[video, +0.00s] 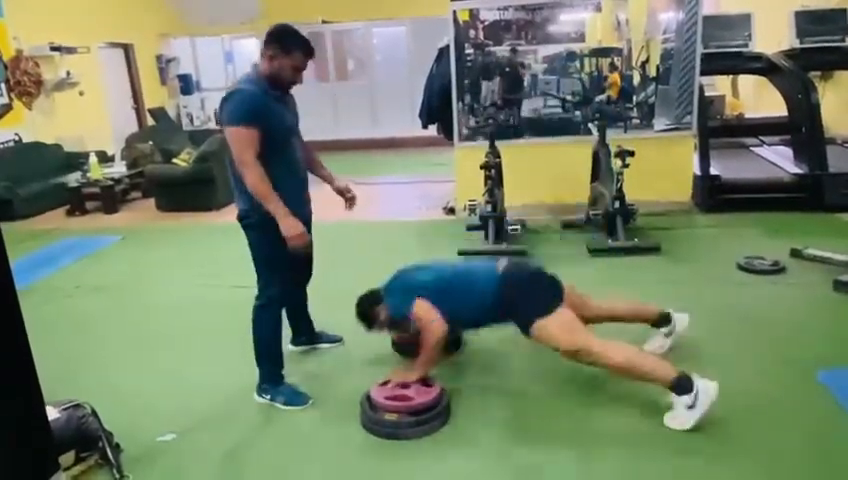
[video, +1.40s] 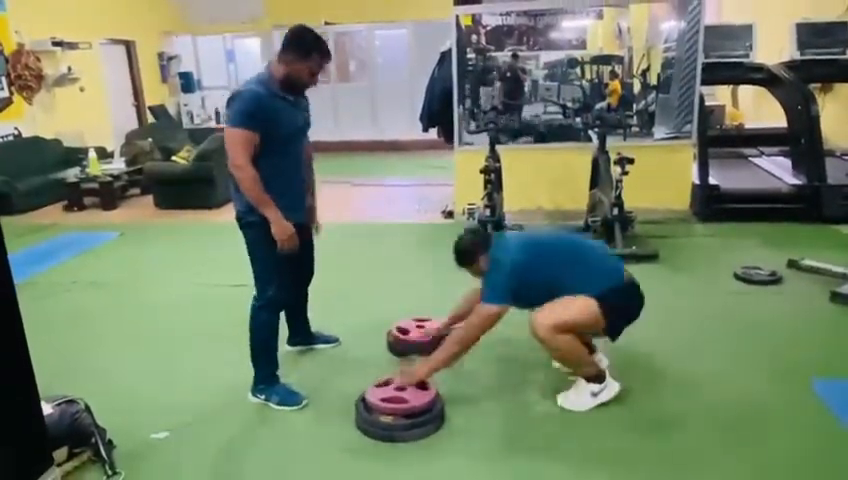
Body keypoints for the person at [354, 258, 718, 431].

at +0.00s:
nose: (391, 329)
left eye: (385, 326)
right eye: (384, 327)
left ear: (382, 312)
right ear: (380, 297)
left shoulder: (400, 297)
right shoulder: (406, 279)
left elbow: (437, 327)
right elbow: (448, 327)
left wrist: (417, 371)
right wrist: (429, 345)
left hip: (518, 295)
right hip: (520, 273)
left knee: (587, 349)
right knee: (588, 309)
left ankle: (687, 387)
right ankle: (666, 318)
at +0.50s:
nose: (356, 286)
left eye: (352, 282)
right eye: (353, 282)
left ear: (354, 274)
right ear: (362, 257)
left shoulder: (380, 272)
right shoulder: (391, 253)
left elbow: (414, 317)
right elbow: (426, 300)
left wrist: (416, 369)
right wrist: (416, 340)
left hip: (492, 321)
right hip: (497, 296)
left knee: (566, 362)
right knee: (568, 322)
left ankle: (666, 384)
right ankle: (646, 316)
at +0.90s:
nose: (392, 282)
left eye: (386, 279)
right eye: (387, 278)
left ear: (384, 265)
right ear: (387, 249)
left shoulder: (408, 257)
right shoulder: (415, 241)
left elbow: (416, 322)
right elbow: (423, 300)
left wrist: (414, 369)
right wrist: (412, 336)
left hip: (522, 284)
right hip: (524, 269)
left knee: (579, 352)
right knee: (583, 315)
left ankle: (683, 387)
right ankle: (655, 323)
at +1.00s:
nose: (412, 290)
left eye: (407, 289)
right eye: (408, 288)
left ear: (408, 277)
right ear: (407, 262)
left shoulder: (427, 258)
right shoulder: (428, 244)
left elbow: (425, 327)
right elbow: (435, 297)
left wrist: (414, 374)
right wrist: (423, 324)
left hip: (547, 252)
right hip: (545, 242)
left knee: (558, 345)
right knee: (565, 309)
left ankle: (654, 374)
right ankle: (631, 321)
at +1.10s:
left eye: (435, 293)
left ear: (435, 285)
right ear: (431, 264)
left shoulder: (453, 266)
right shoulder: (448, 253)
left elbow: (441, 329)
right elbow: (442, 297)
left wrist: (415, 370)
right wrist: (423, 323)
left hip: (571, 249)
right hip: (556, 238)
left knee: (531, 328)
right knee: (534, 298)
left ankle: (601, 378)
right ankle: (593, 336)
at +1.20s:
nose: (451, 299)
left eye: (450, 295)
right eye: (449, 296)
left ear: (455, 289)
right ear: (454, 266)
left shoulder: (479, 278)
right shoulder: (473, 259)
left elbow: (452, 339)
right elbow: (460, 303)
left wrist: (413, 373)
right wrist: (422, 322)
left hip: (595, 281)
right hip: (584, 262)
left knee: (530, 329)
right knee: (533, 307)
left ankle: (595, 378)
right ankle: (586, 347)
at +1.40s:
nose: (473, 274)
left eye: (471, 269)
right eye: (470, 270)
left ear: (479, 261)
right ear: (483, 250)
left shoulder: (503, 271)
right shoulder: (502, 248)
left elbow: (467, 338)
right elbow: (480, 295)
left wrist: (421, 372)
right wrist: (446, 324)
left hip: (619, 296)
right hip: (612, 280)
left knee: (545, 324)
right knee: (547, 307)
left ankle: (598, 382)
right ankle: (588, 354)